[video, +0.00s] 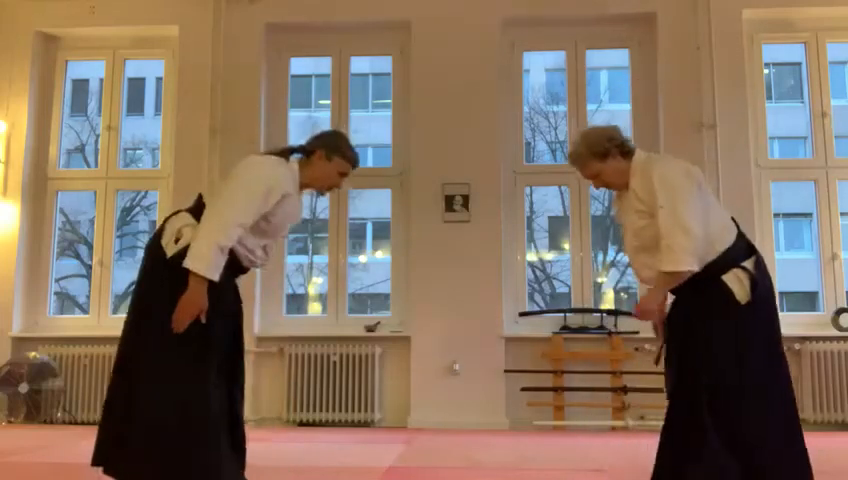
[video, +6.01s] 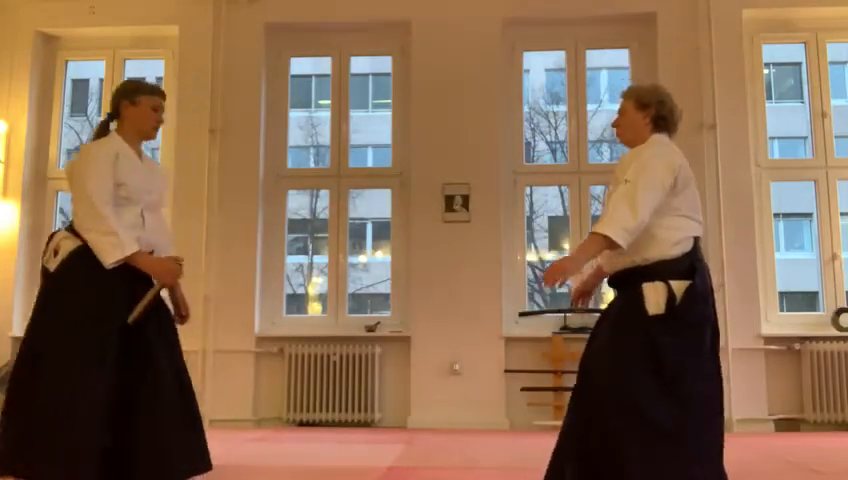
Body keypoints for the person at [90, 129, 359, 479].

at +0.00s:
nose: (339, 183)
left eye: (344, 178)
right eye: (340, 173)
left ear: (318, 159)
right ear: (318, 156)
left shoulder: (286, 187)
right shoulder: (269, 171)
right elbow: (222, 217)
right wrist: (197, 284)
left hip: (215, 267)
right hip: (189, 259)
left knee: (213, 368)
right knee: (192, 366)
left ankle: (208, 464)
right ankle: (185, 465)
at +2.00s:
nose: (269, 99)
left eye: (269, 92)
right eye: (262, 92)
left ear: (246, 97)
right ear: (236, 94)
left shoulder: (246, 136)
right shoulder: (226, 133)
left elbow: (245, 202)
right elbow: (223, 198)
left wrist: (265, 256)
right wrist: (239, 264)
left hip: (249, 256)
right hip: (230, 259)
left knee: (246, 366)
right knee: (230, 366)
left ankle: (242, 463)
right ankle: (225, 465)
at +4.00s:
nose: (273, 102)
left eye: (274, 94)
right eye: (267, 93)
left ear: (243, 96)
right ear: (240, 92)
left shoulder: (223, 133)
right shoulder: (238, 134)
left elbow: (254, 193)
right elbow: (262, 189)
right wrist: (324, 200)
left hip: (214, 249)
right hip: (234, 255)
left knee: (217, 359)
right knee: (238, 360)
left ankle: (214, 463)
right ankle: (236, 464)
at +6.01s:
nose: (160, 118)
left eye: (162, 111)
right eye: (154, 109)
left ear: (145, 115)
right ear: (127, 108)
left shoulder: (151, 168)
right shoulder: (95, 154)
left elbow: (156, 228)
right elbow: (91, 219)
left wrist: (174, 287)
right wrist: (145, 262)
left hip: (138, 280)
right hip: (93, 277)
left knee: (144, 382)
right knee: (87, 382)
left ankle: (139, 468)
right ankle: (81, 468)